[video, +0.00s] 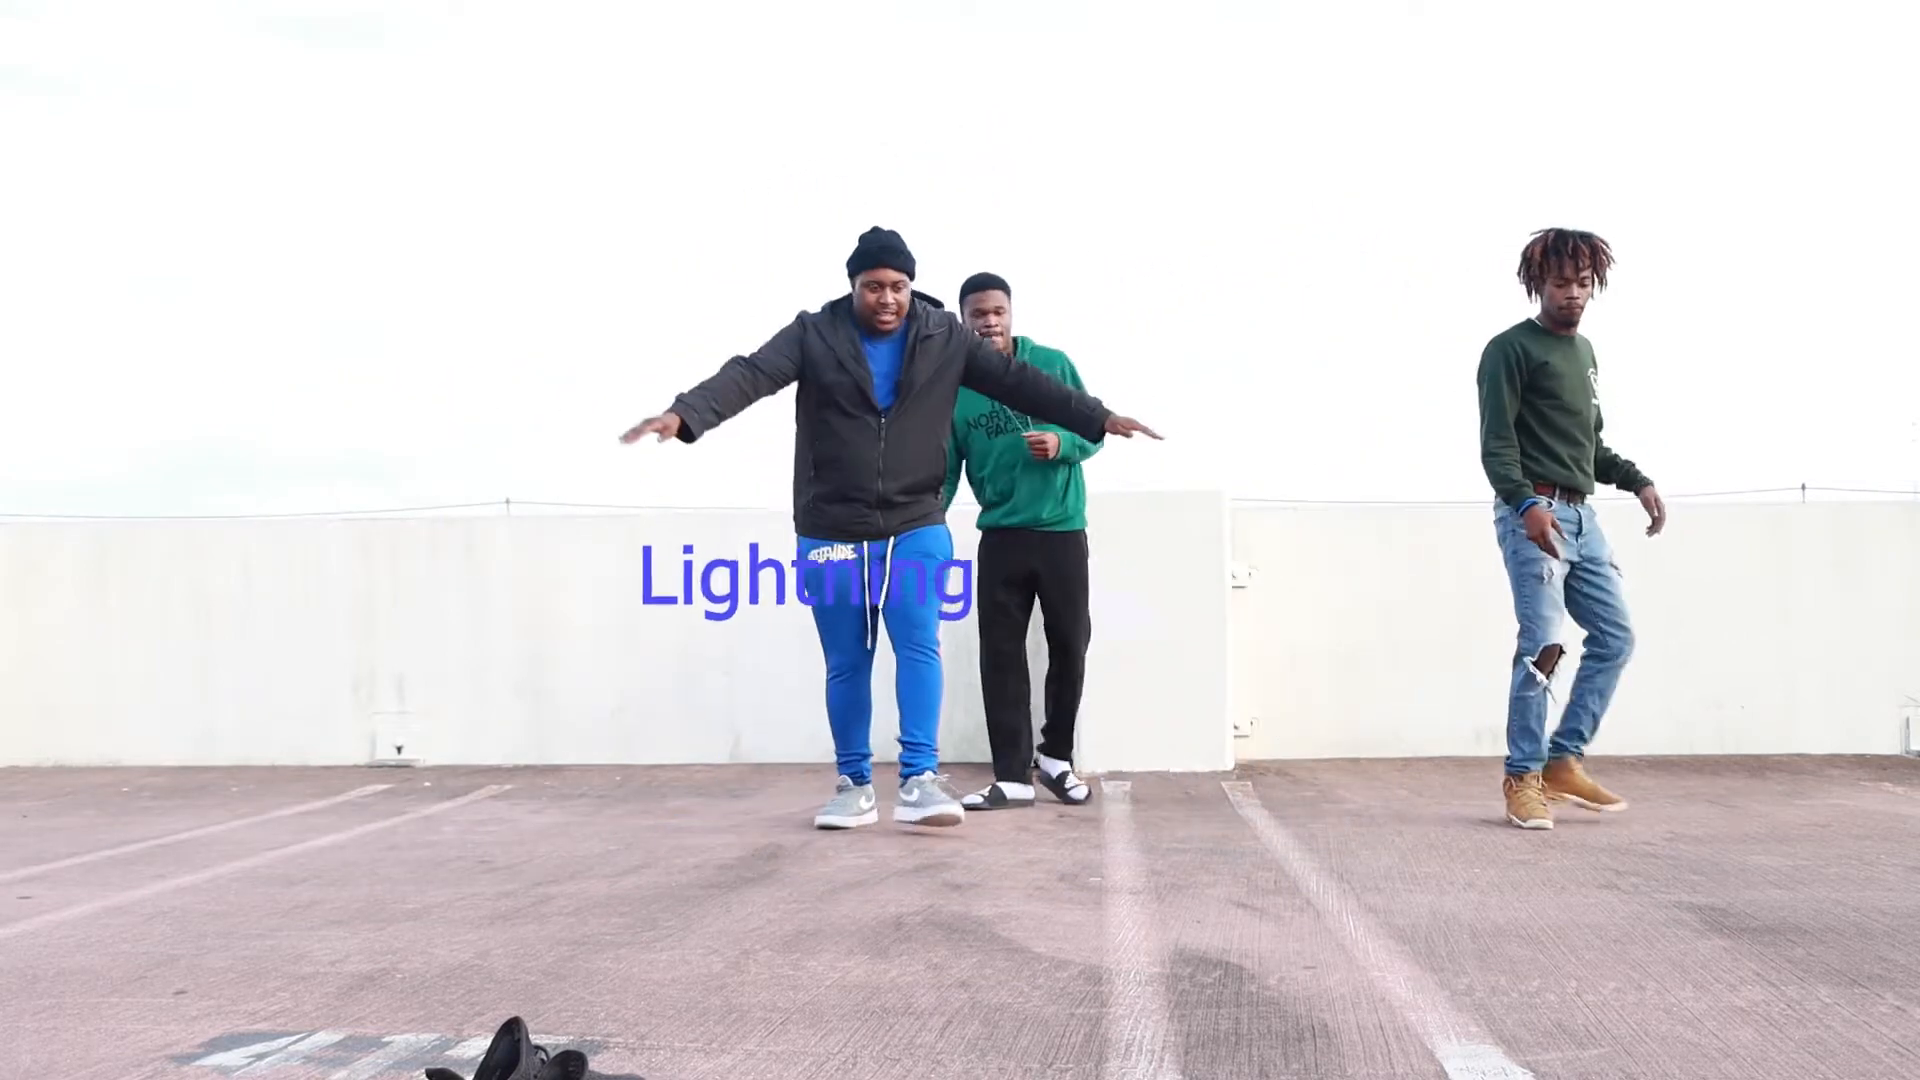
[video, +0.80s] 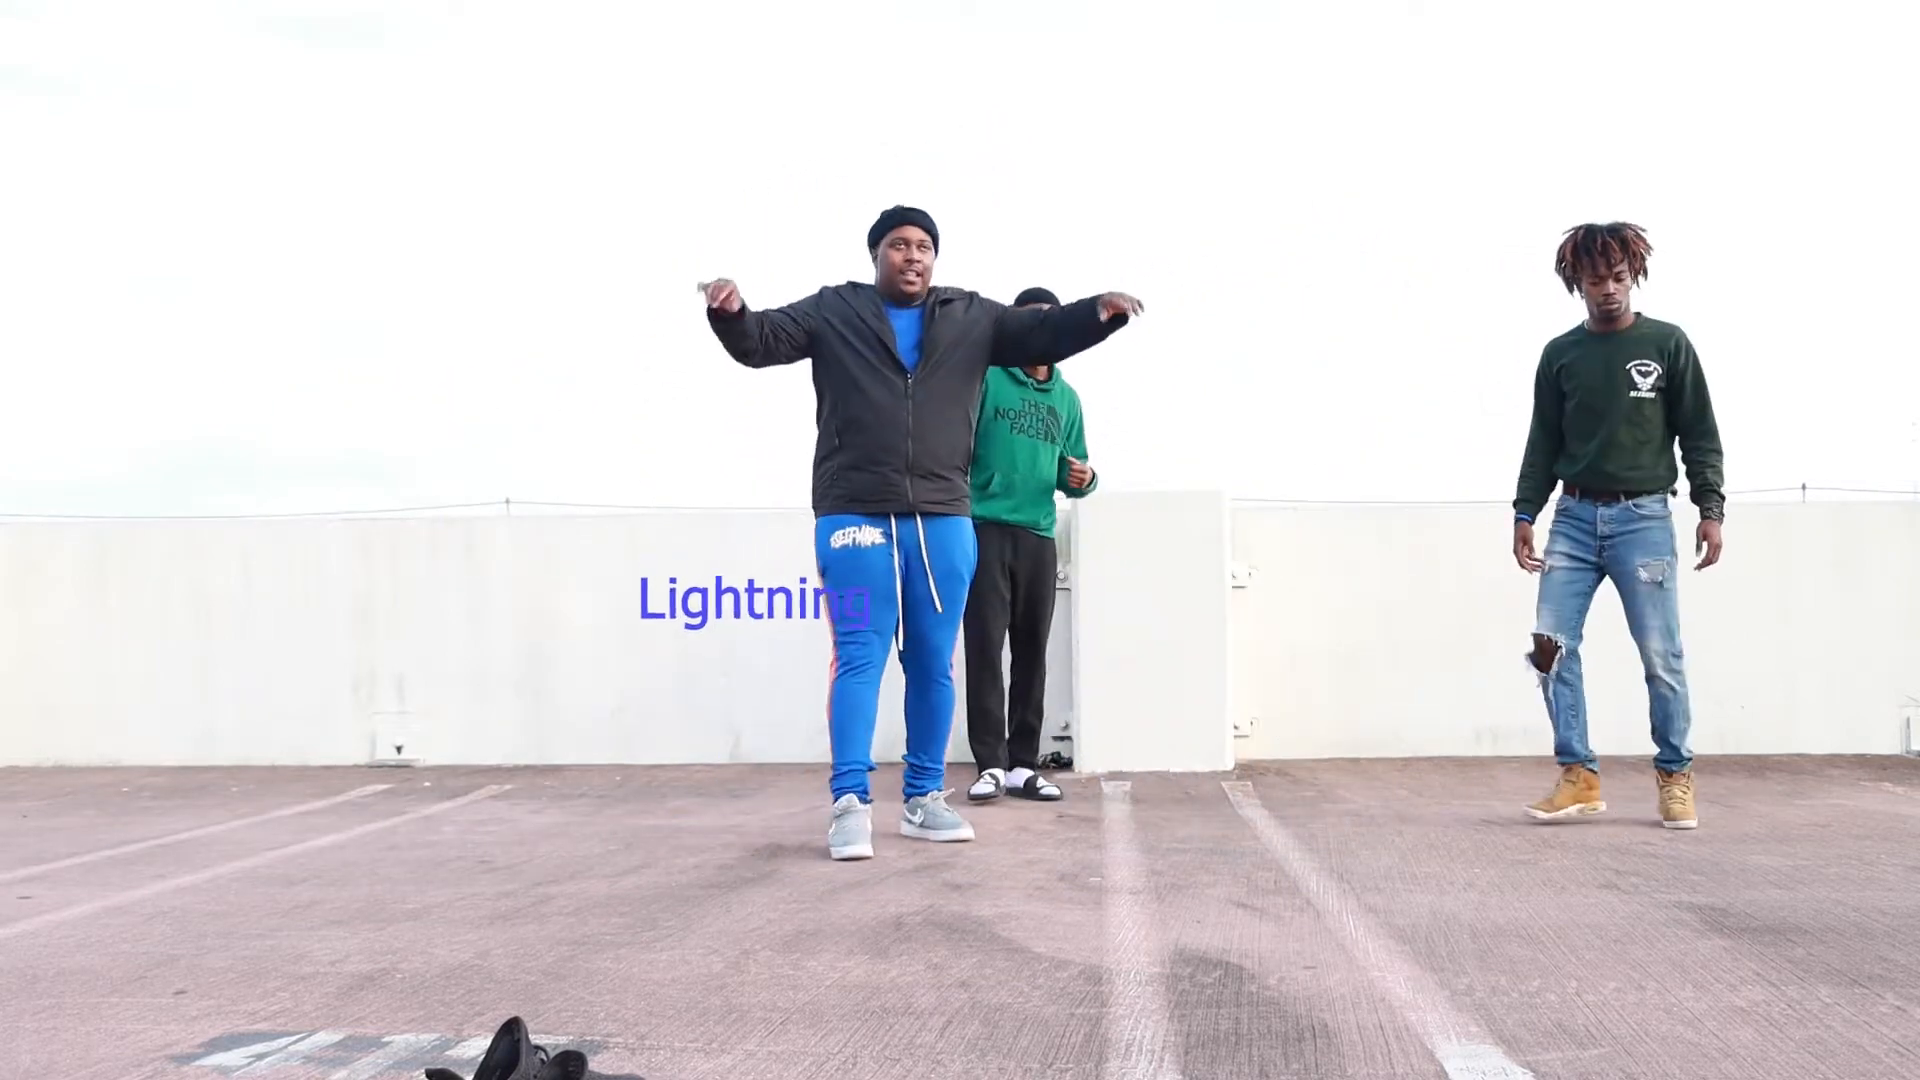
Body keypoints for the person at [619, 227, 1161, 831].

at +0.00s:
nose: (884, 299)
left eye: (895, 288)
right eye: (873, 288)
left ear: (911, 285)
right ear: (852, 285)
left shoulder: (944, 335)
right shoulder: (814, 335)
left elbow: (1017, 378)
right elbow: (751, 374)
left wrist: (1095, 415)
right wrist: (689, 413)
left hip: (914, 524)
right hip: (831, 528)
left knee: (917, 642)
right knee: (846, 659)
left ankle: (919, 782)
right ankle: (853, 785)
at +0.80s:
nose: (911, 255)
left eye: (922, 247)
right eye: (898, 245)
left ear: (936, 261)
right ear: (875, 256)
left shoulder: (969, 315)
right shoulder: (835, 307)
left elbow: (1036, 331)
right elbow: (765, 340)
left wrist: (1096, 312)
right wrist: (732, 316)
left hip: (941, 508)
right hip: (853, 506)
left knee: (933, 661)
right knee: (860, 654)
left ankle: (925, 798)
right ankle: (850, 804)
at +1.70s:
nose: (915, 286)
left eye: (927, 274)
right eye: (903, 275)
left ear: (947, 267)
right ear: (887, 269)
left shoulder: (986, 314)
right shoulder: (854, 314)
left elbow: (1052, 374)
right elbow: (785, 378)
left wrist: (1041, 387)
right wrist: (817, 379)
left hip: (955, 509)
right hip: (869, 505)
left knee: (941, 655)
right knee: (869, 643)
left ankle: (925, 796)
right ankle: (855, 791)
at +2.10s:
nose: (910, 276)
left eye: (919, 265)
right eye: (897, 267)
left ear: (932, 266)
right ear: (873, 269)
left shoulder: (964, 317)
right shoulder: (841, 317)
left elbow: (984, 396)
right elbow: (827, 389)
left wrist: (954, 329)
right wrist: (906, 372)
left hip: (942, 514)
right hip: (856, 516)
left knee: (932, 656)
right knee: (861, 659)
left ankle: (925, 793)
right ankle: (867, 783)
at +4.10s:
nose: (860, 207)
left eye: (871, 194)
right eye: (847, 202)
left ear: (900, 203)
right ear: (835, 222)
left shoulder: (956, 262)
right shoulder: (814, 288)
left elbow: (988, 339)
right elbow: (790, 382)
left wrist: (910, 321)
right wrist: (866, 343)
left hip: (962, 488)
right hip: (862, 498)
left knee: (978, 644)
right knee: (892, 663)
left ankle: (953, 776)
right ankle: (907, 822)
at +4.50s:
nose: (842, 204)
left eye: (854, 189)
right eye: (835, 194)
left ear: (899, 190)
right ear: (836, 206)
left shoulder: (945, 247)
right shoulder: (836, 286)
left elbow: (907, 344)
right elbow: (812, 402)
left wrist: (796, 348)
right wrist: (792, 363)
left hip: (938, 487)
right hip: (854, 500)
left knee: (911, 654)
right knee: (861, 671)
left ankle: (949, 843)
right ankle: (910, 829)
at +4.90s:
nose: (817, 195)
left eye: (827, 181)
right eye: (819, 182)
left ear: (864, 182)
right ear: (876, 185)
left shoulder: (864, 237)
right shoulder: (902, 246)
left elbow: (808, 342)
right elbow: (881, 370)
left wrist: (740, 364)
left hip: (895, 481)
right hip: (870, 484)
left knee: (880, 659)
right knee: (816, 651)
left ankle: (946, 845)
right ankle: (794, 827)